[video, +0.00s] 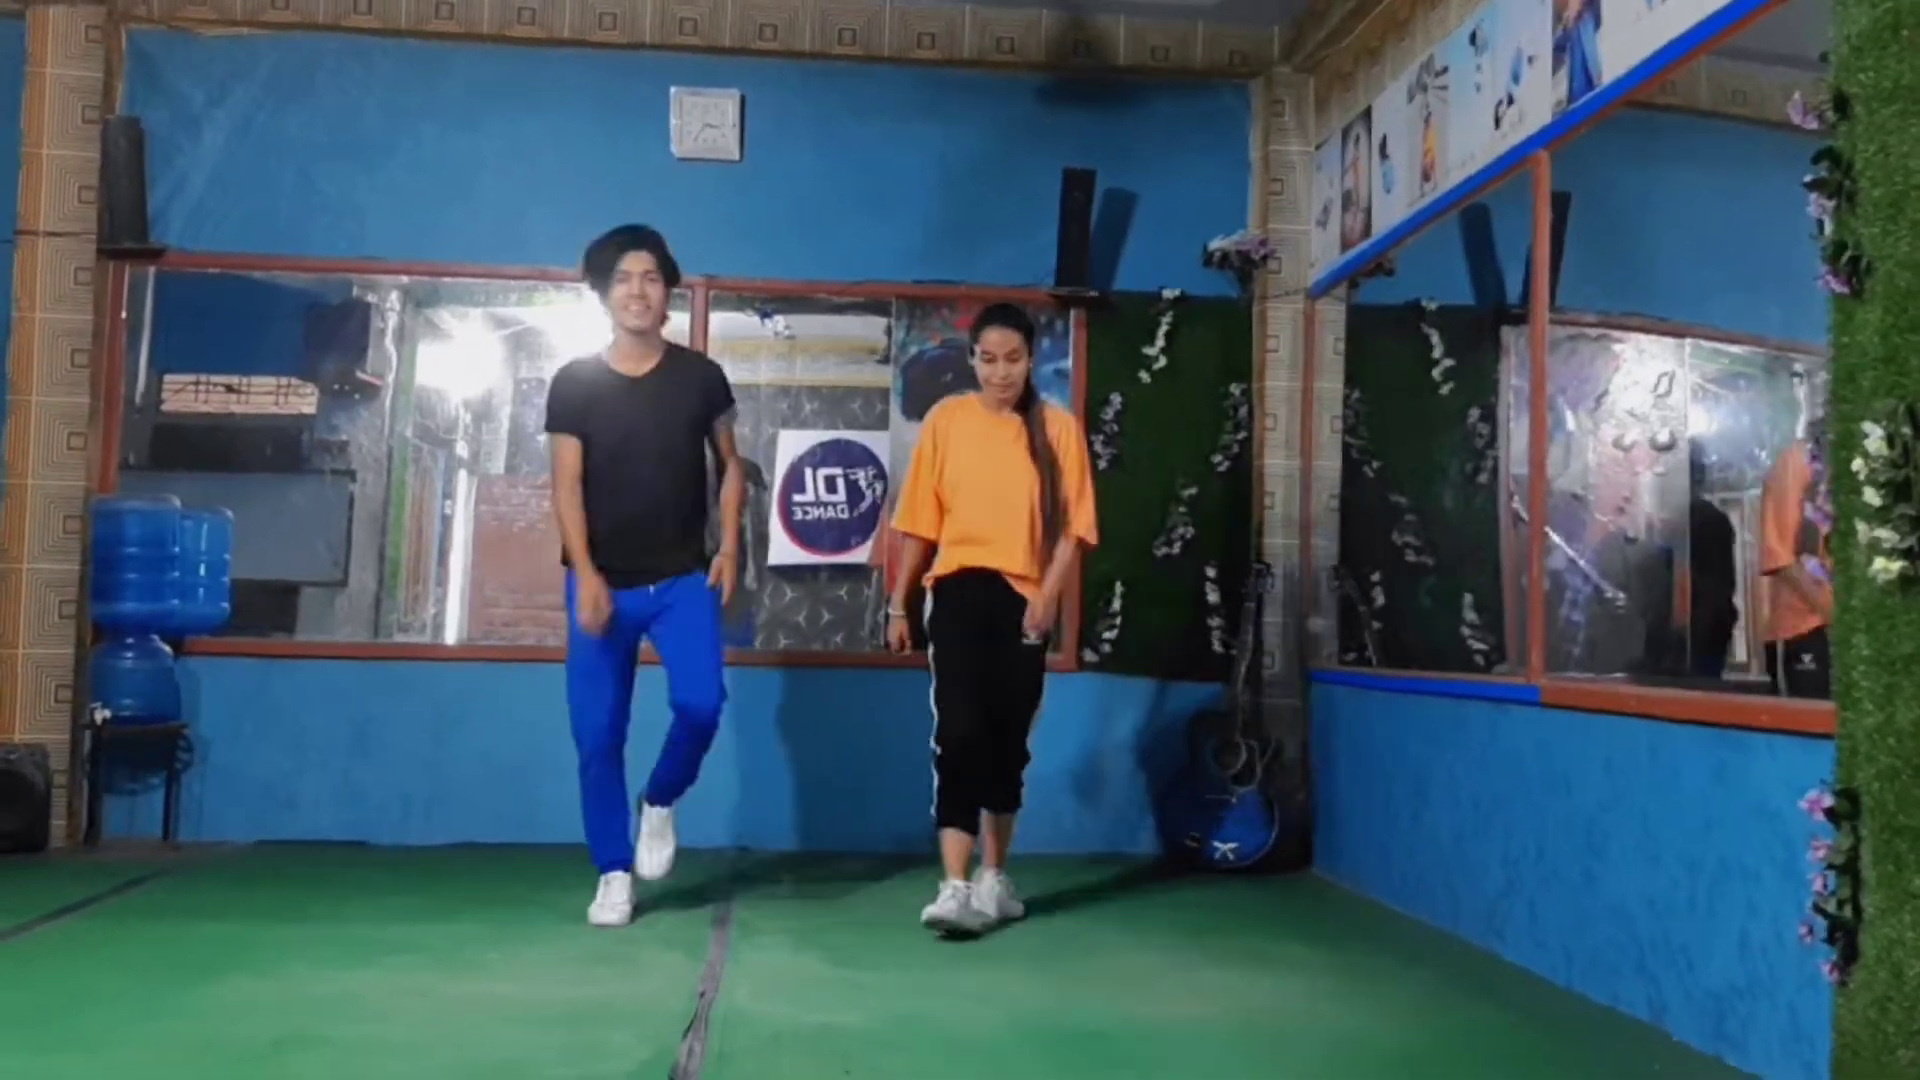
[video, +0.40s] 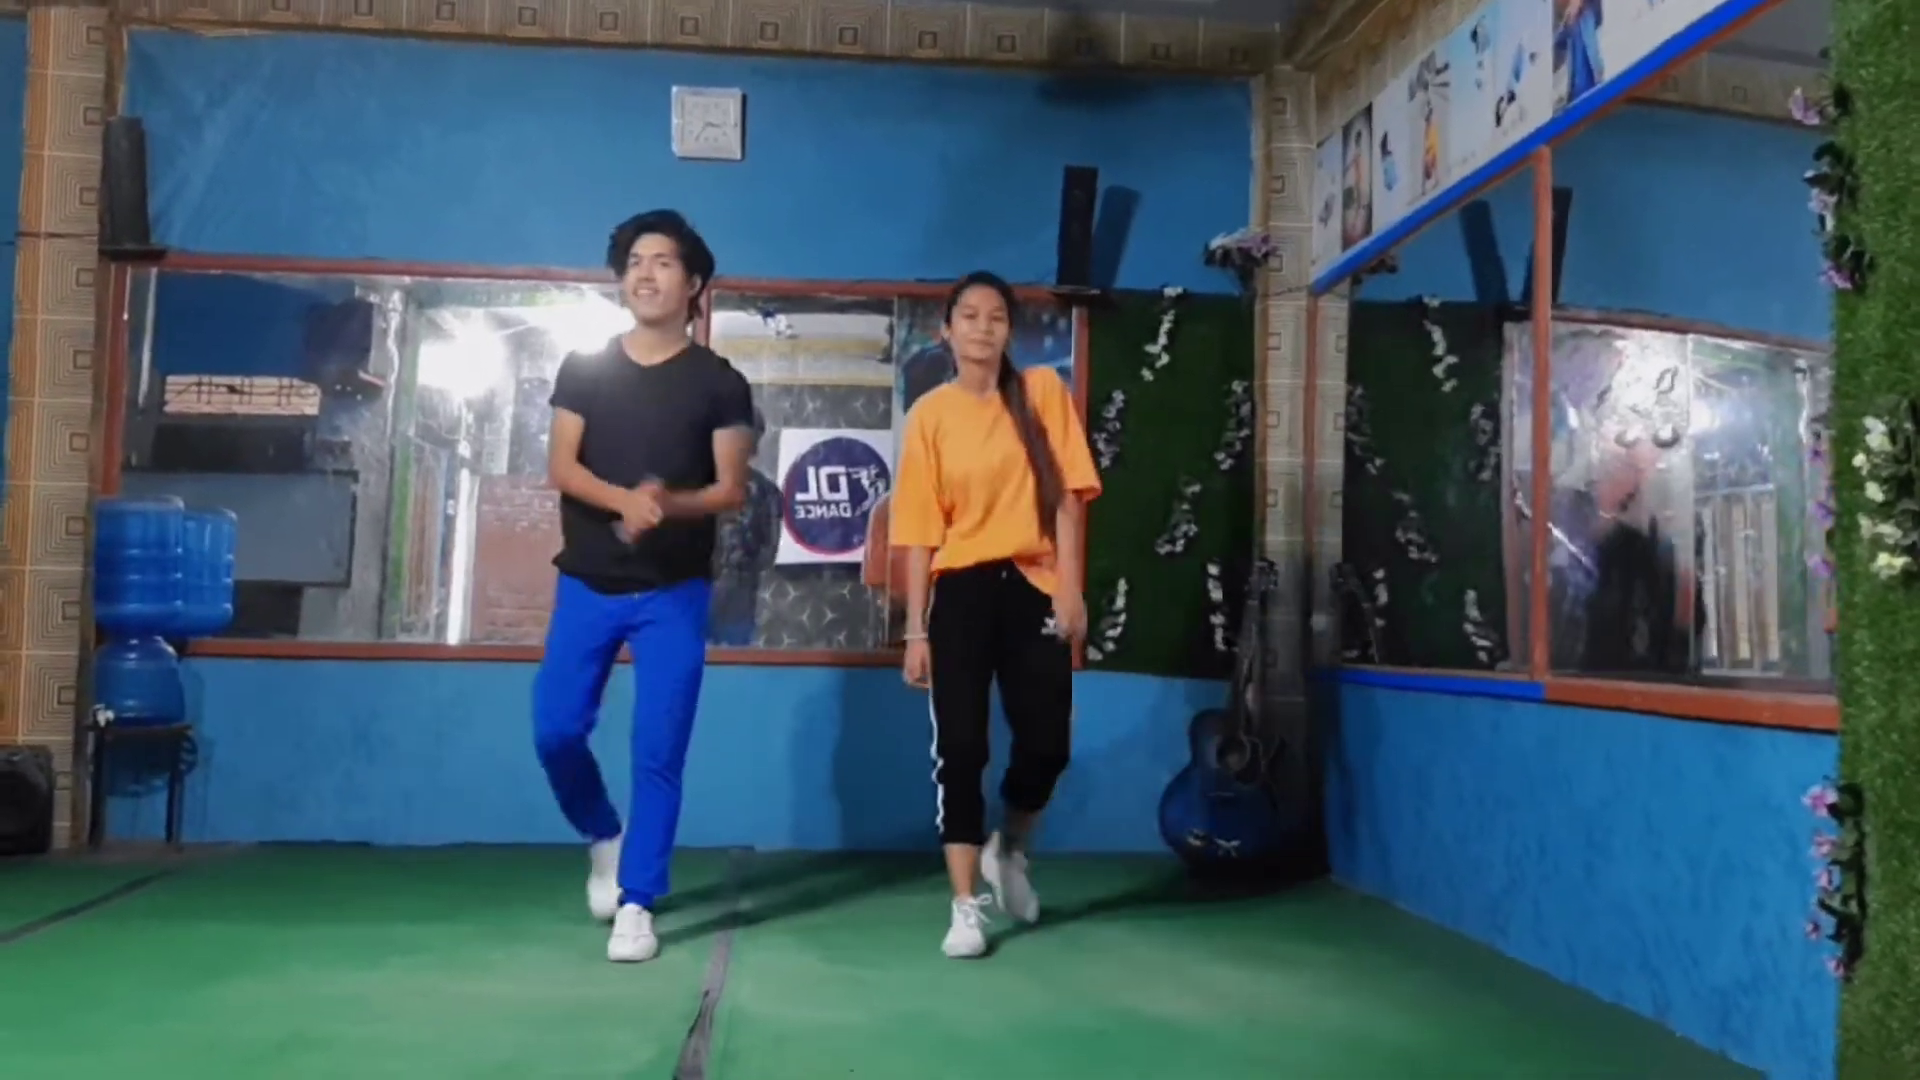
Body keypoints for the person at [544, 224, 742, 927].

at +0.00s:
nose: (640, 292)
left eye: (651, 279)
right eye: (625, 280)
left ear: (669, 292)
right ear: (603, 295)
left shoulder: (701, 376)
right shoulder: (576, 382)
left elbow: (732, 467)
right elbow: (566, 486)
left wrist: (728, 547)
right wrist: (585, 574)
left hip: (684, 581)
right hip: (601, 583)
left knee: (702, 706)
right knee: (597, 735)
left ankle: (658, 803)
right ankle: (613, 870)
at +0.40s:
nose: (647, 276)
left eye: (664, 264)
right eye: (636, 264)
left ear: (695, 284)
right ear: (621, 281)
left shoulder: (720, 382)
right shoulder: (585, 368)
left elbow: (732, 490)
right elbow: (564, 469)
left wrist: (667, 503)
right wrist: (622, 500)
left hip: (672, 594)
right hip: (586, 589)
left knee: (658, 753)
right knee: (555, 734)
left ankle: (638, 905)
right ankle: (605, 836)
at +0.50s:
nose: (644, 269)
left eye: (662, 258)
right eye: (635, 257)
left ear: (694, 279)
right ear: (619, 274)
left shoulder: (715, 373)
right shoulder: (589, 367)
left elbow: (717, 484)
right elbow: (558, 459)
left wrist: (624, 480)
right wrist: (585, 479)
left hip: (666, 589)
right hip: (580, 578)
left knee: (648, 753)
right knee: (520, 704)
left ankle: (629, 901)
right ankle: (598, 784)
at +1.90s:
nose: (637, 272)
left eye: (652, 258)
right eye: (623, 257)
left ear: (673, 271)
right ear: (600, 270)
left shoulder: (705, 358)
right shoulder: (574, 360)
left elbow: (739, 463)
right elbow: (517, 453)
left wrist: (799, 457)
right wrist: (414, 446)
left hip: (662, 581)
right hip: (579, 578)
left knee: (657, 741)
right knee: (523, 726)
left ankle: (694, 885)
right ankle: (510, 902)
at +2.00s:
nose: (636, 287)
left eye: (650, 274)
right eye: (622, 274)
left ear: (672, 288)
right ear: (600, 288)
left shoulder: (708, 376)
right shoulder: (581, 376)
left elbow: (763, 469)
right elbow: (512, 458)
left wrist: (817, 393)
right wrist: (434, 414)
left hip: (667, 603)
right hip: (582, 599)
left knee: (677, 751)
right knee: (502, 721)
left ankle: (703, 898)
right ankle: (502, 897)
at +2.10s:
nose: (624, 265)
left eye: (638, 251)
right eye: (609, 252)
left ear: (662, 265)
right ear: (588, 269)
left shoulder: (699, 345)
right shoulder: (563, 355)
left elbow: (793, 401)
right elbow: (472, 404)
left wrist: (784, 336)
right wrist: (419, 335)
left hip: (665, 575)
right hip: (579, 565)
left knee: (655, 727)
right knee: (496, 685)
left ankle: (673, 865)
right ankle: (538, 844)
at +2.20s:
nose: (614, 261)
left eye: (628, 246)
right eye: (597, 248)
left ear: (652, 260)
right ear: (578, 263)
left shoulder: (691, 341)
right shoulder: (550, 350)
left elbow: (778, 402)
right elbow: (466, 400)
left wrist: (724, 427)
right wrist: (449, 417)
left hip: (656, 558)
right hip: (570, 556)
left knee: (628, 690)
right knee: (521, 709)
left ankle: (618, 840)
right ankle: (537, 884)